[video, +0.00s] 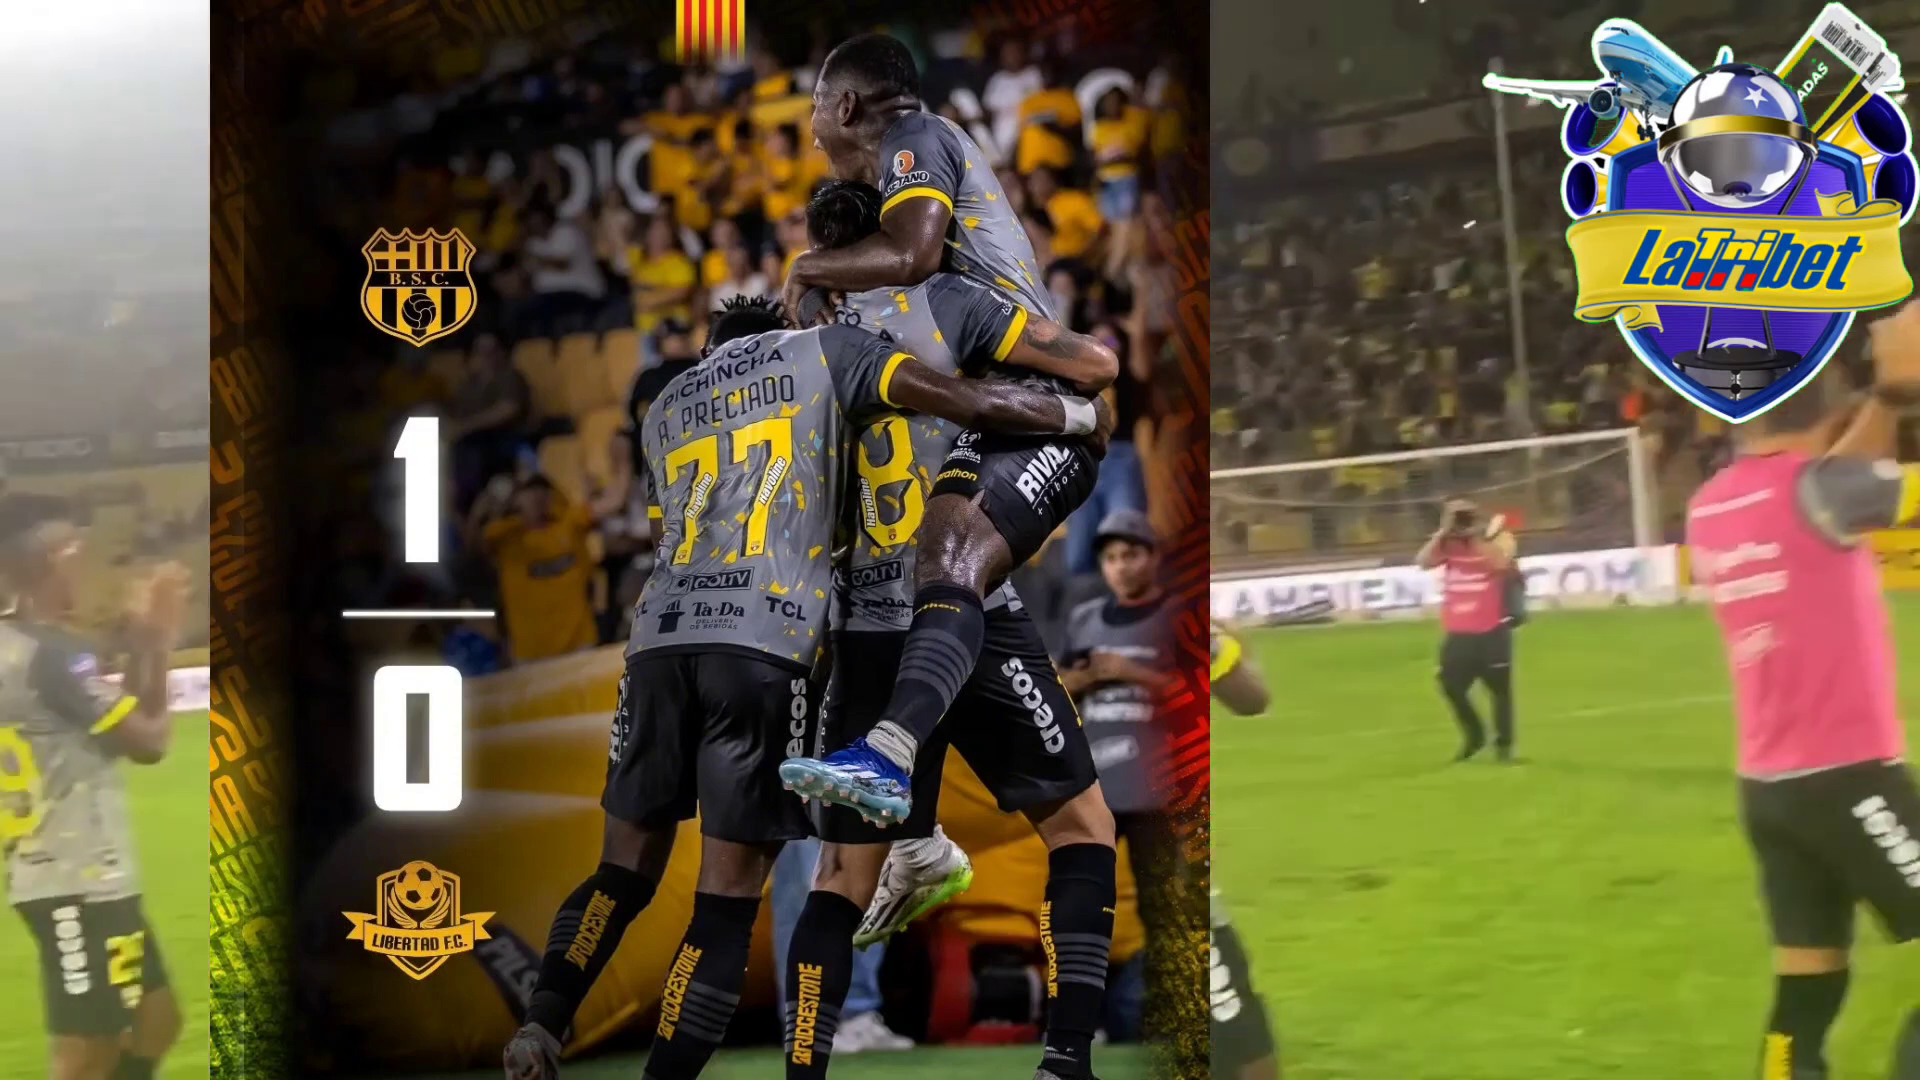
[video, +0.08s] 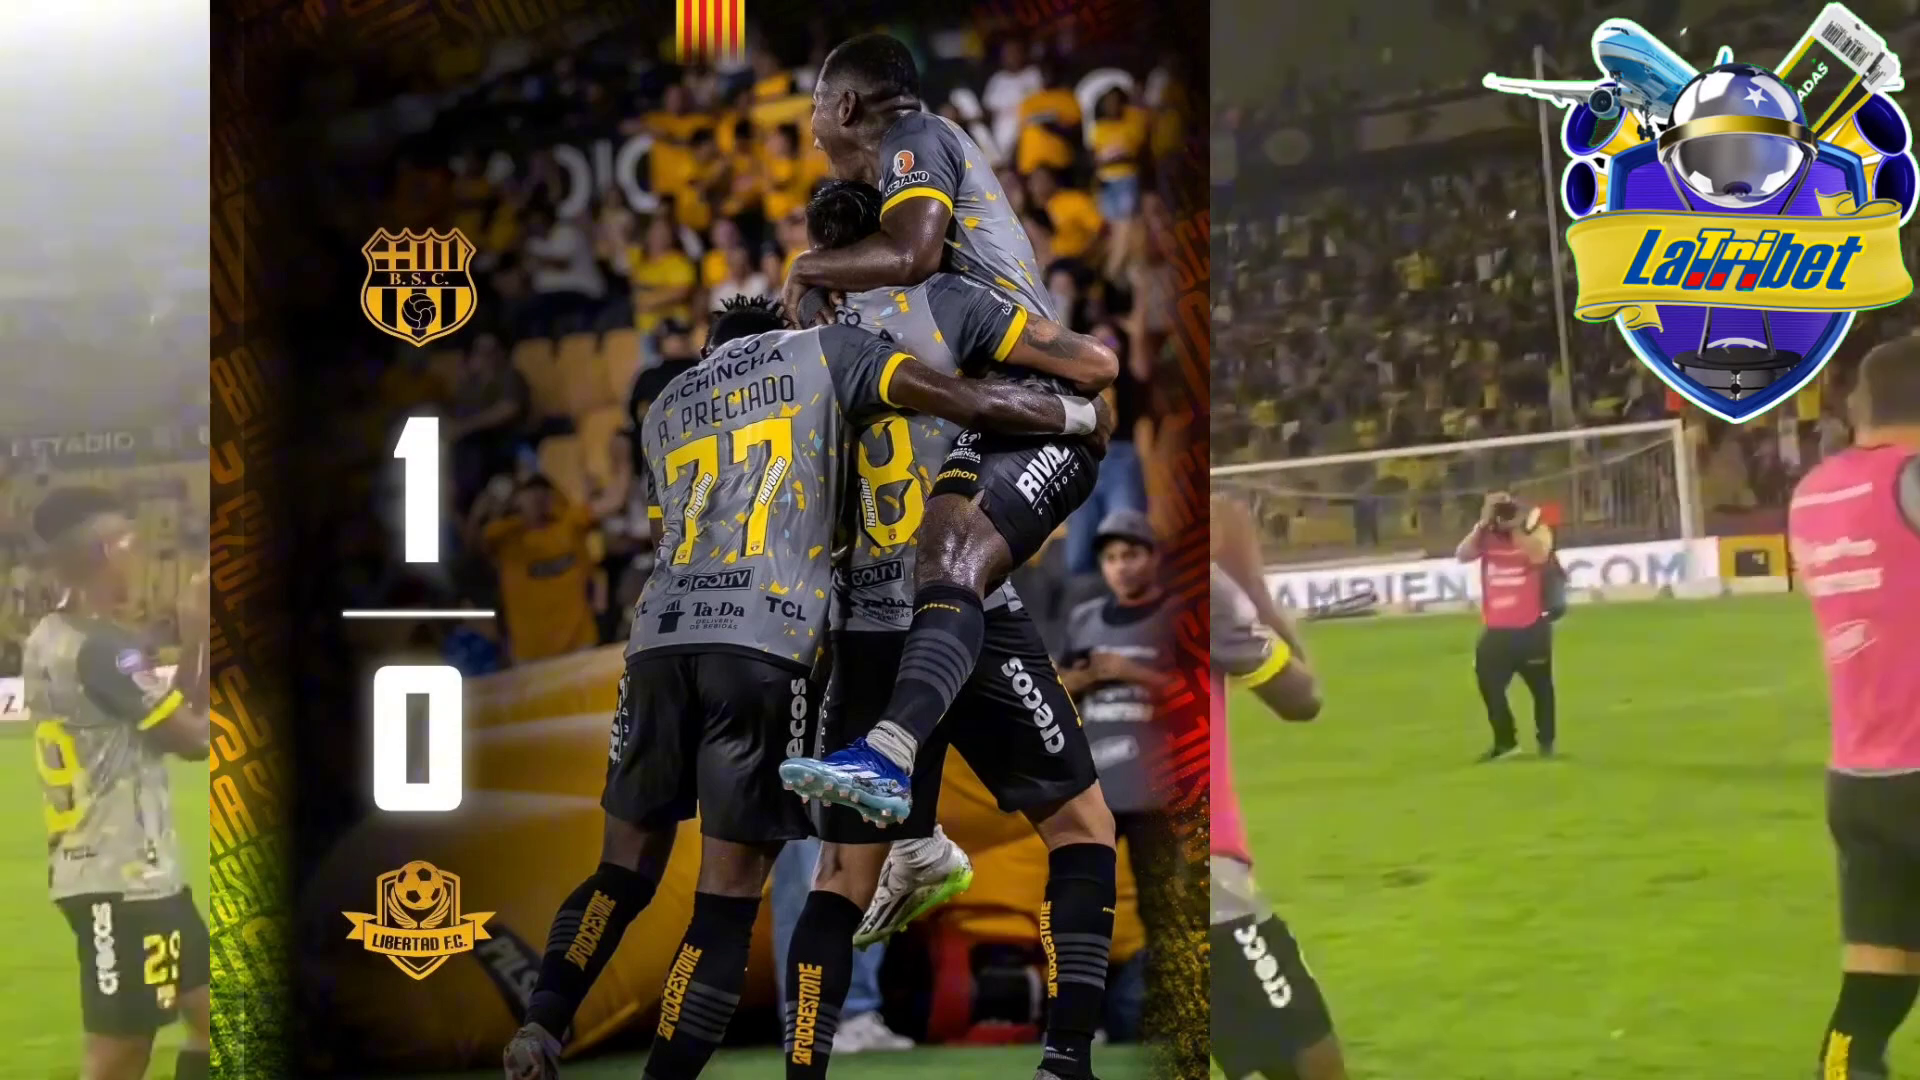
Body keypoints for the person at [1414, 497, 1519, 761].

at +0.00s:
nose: (1464, 526)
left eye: (1469, 519)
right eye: (1458, 522)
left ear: (1478, 518)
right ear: (1450, 525)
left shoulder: (1497, 541)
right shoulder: (1451, 547)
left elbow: (1501, 564)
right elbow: (1423, 562)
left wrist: (1478, 538)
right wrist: (1443, 531)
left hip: (1491, 630)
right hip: (1459, 632)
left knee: (1500, 689)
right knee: (1450, 683)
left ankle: (1503, 742)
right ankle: (1474, 734)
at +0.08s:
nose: (1504, 517)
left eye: (1509, 511)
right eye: (1498, 513)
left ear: (1520, 510)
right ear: (1491, 516)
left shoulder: (1537, 532)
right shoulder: (1487, 537)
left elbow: (1538, 556)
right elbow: (1462, 555)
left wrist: (1517, 529)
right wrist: (1482, 523)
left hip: (1531, 626)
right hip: (1497, 627)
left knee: (1541, 686)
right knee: (1488, 681)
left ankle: (1546, 740)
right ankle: (1504, 740)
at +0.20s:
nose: (1535, 511)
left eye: (1540, 505)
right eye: (1529, 506)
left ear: (1551, 507)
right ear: (1522, 510)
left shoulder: (1564, 534)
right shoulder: (1520, 537)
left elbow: (1569, 553)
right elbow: (1490, 548)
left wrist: (1546, 525)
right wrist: (1510, 516)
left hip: (1559, 624)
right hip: (1527, 624)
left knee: (1575, 687)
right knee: (1521, 688)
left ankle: (1581, 739)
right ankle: (1518, 742)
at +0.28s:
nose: (1571, 510)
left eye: (1576, 504)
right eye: (1565, 505)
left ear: (1586, 506)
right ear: (1558, 508)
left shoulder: (1600, 529)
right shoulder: (1552, 533)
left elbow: (1607, 552)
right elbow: (1526, 547)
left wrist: (1584, 523)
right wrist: (1546, 515)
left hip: (1596, 625)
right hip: (1562, 626)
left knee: (1614, 687)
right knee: (1558, 689)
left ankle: (1621, 739)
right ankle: (1556, 743)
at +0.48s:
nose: (1591, 503)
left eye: (1597, 497)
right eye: (1586, 497)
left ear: (1608, 500)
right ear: (1577, 501)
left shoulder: (1618, 525)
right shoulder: (1569, 529)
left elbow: (1626, 557)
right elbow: (1544, 548)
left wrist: (1603, 524)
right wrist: (1564, 517)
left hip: (1611, 625)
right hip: (1575, 626)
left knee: (1631, 684)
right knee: (1577, 691)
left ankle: (1649, 735)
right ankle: (1586, 744)